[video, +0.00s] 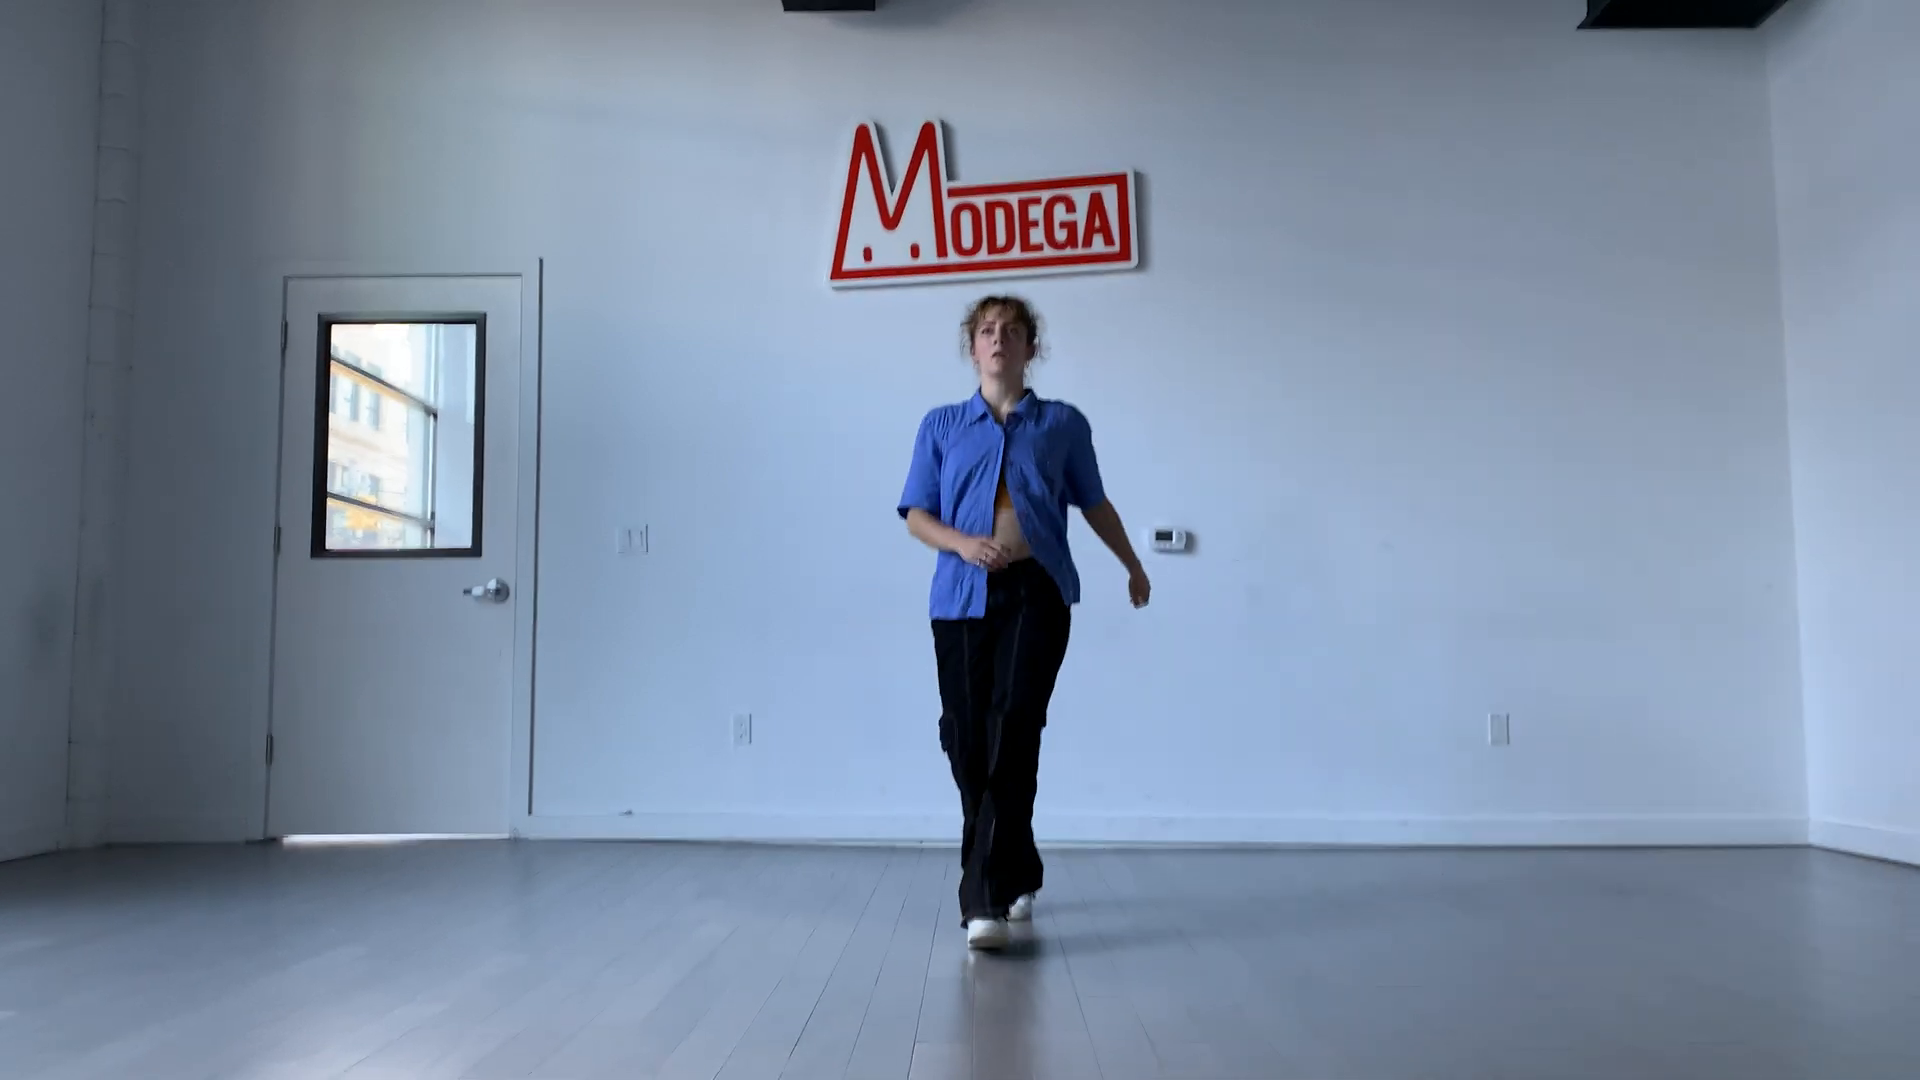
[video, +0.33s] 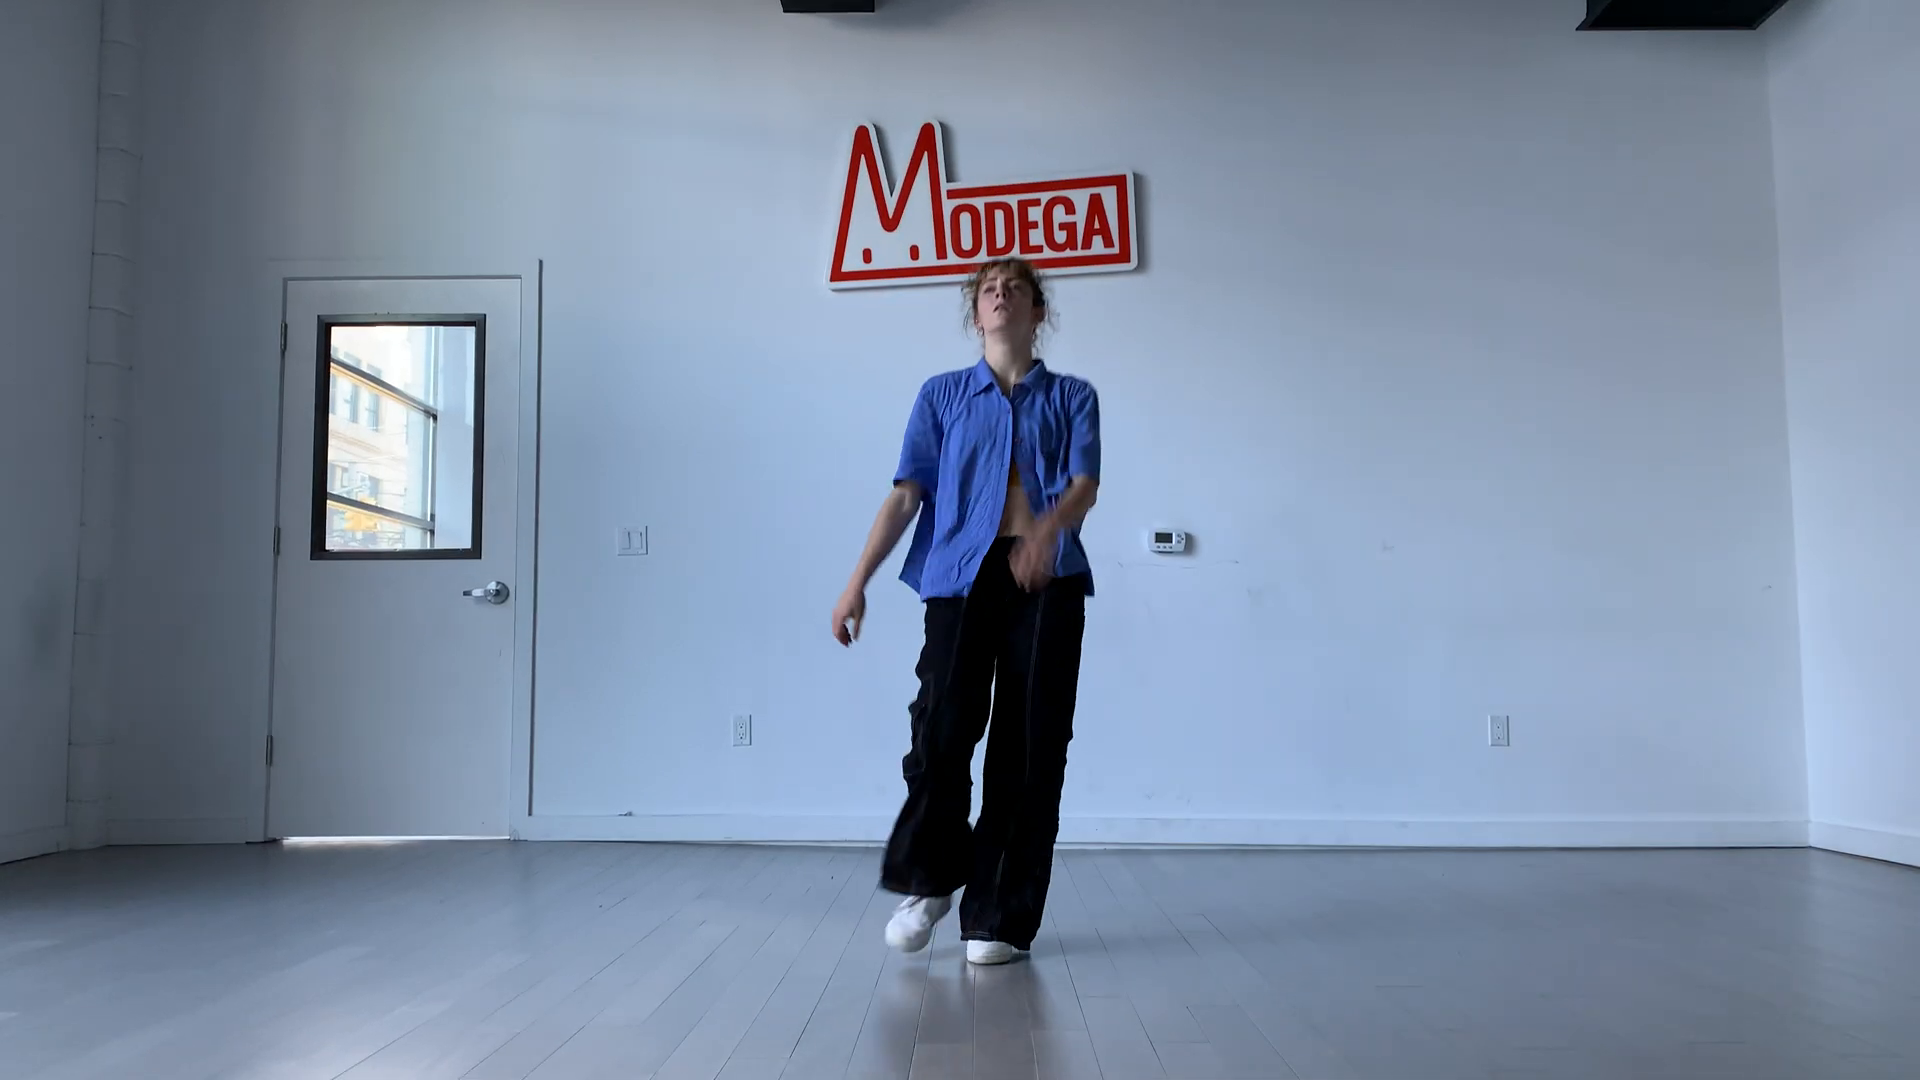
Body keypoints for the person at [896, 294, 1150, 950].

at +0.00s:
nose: (998, 340)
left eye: (1010, 331)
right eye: (987, 331)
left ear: (1031, 348)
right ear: (970, 348)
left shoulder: (1063, 424)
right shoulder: (941, 427)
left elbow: (1093, 503)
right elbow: (917, 518)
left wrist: (1133, 564)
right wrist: (965, 544)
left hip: (1035, 595)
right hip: (960, 598)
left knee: (1012, 735)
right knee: (964, 744)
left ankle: (986, 905)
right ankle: (1018, 875)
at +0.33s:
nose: (1000, 294)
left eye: (1014, 288)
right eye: (989, 289)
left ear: (1039, 313)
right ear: (973, 314)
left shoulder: (1072, 395)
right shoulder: (940, 395)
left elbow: (1084, 484)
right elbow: (905, 495)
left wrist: (1047, 529)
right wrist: (858, 581)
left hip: (1044, 581)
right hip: (958, 580)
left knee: (1030, 749)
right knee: (939, 735)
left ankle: (1002, 921)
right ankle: (928, 883)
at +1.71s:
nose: (1023, 336)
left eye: (1036, 319)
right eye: (1017, 322)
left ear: (1084, 312)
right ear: (1027, 325)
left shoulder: (1140, 373)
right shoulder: (1029, 395)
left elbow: (1185, 264)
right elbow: (993, 424)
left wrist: (1233, 152)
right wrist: (1013, 315)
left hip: (1107, 610)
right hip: (1025, 611)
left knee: (1157, 787)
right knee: (968, 775)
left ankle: (1300, 916)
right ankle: (965, 945)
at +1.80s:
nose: (1058, 311)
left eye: (1073, 302)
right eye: (1045, 300)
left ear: (1092, 319)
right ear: (1023, 318)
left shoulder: (1120, 385)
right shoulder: (989, 396)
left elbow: (1173, 313)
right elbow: (994, 487)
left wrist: (1230, 229)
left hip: (1095, 614)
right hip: (1011, 616)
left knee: (1163, 784)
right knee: (960, 779)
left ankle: (1306, 914)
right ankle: (962, 944)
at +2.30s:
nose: (980, 316)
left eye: (994, 303)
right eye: (967, 304)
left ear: (1015, 310)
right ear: (946, 312)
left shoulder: (1043, 398)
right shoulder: (913, 363)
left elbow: (1059, 491)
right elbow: (805, 326)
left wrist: (1093, 567)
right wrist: (840, 224)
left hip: (1004, 600)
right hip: (917, 586)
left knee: (1014, 771)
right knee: (919, 760)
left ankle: (956, 890)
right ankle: (959, 937)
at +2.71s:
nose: (944, 376)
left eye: (957, 363)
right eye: (932, 363)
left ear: (979, 372)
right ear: (914, 369)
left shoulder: (1008, 438)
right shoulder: (883, 450)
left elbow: (1090, 367)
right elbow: (829, 549)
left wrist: (995, 364)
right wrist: (887, 570)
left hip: (964, 635)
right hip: (892, 623)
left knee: (1010, 798)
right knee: (1020, 683)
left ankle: (910, 912)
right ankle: (913, 807)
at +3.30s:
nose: (978, 414)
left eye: (990, 400)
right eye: (962, 401)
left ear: (1005, 409)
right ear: (939, 412)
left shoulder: (1015, 491)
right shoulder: (930, 493)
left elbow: (1045, 587)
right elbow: (923, 609)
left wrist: (1104, 646)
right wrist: (991, 688)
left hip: (1100, 654)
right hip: (1033, 672)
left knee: (1212, 767)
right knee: (1014, 853)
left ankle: (1215, 929)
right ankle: (875, 901)